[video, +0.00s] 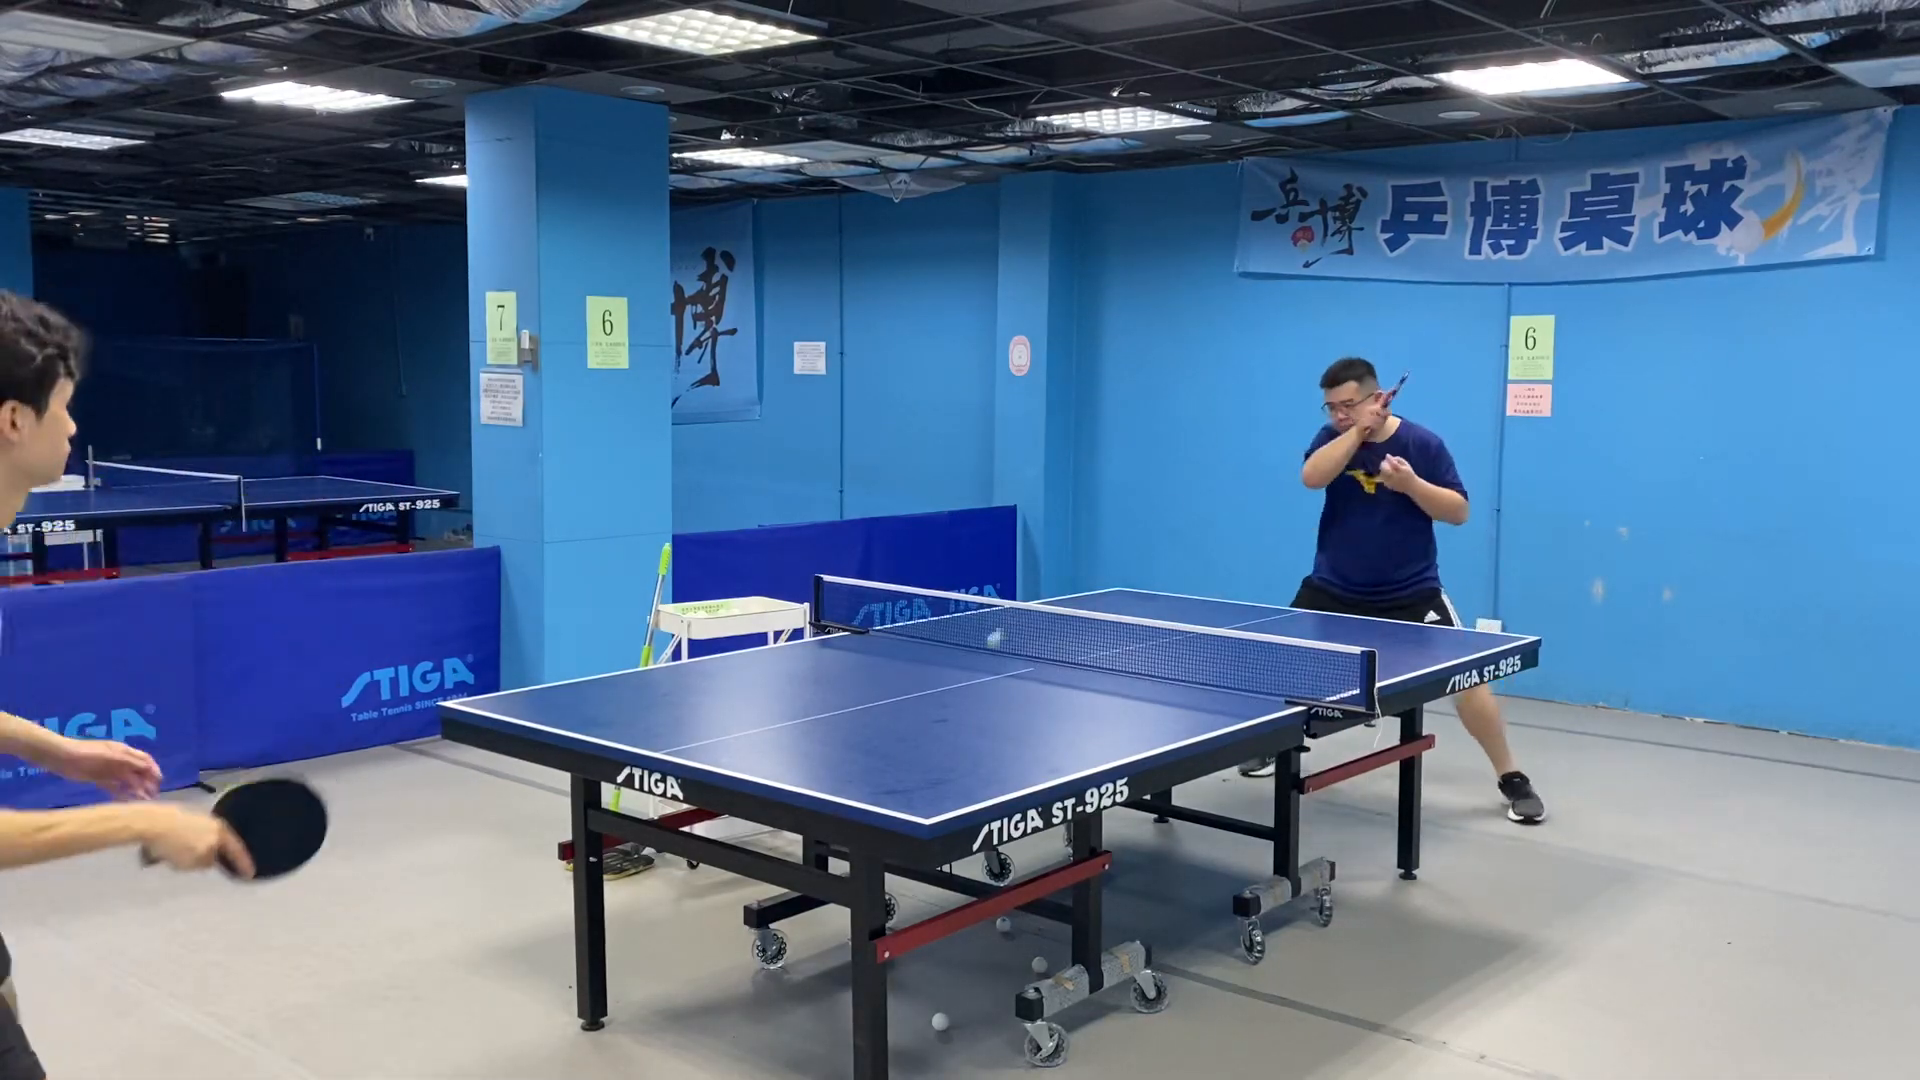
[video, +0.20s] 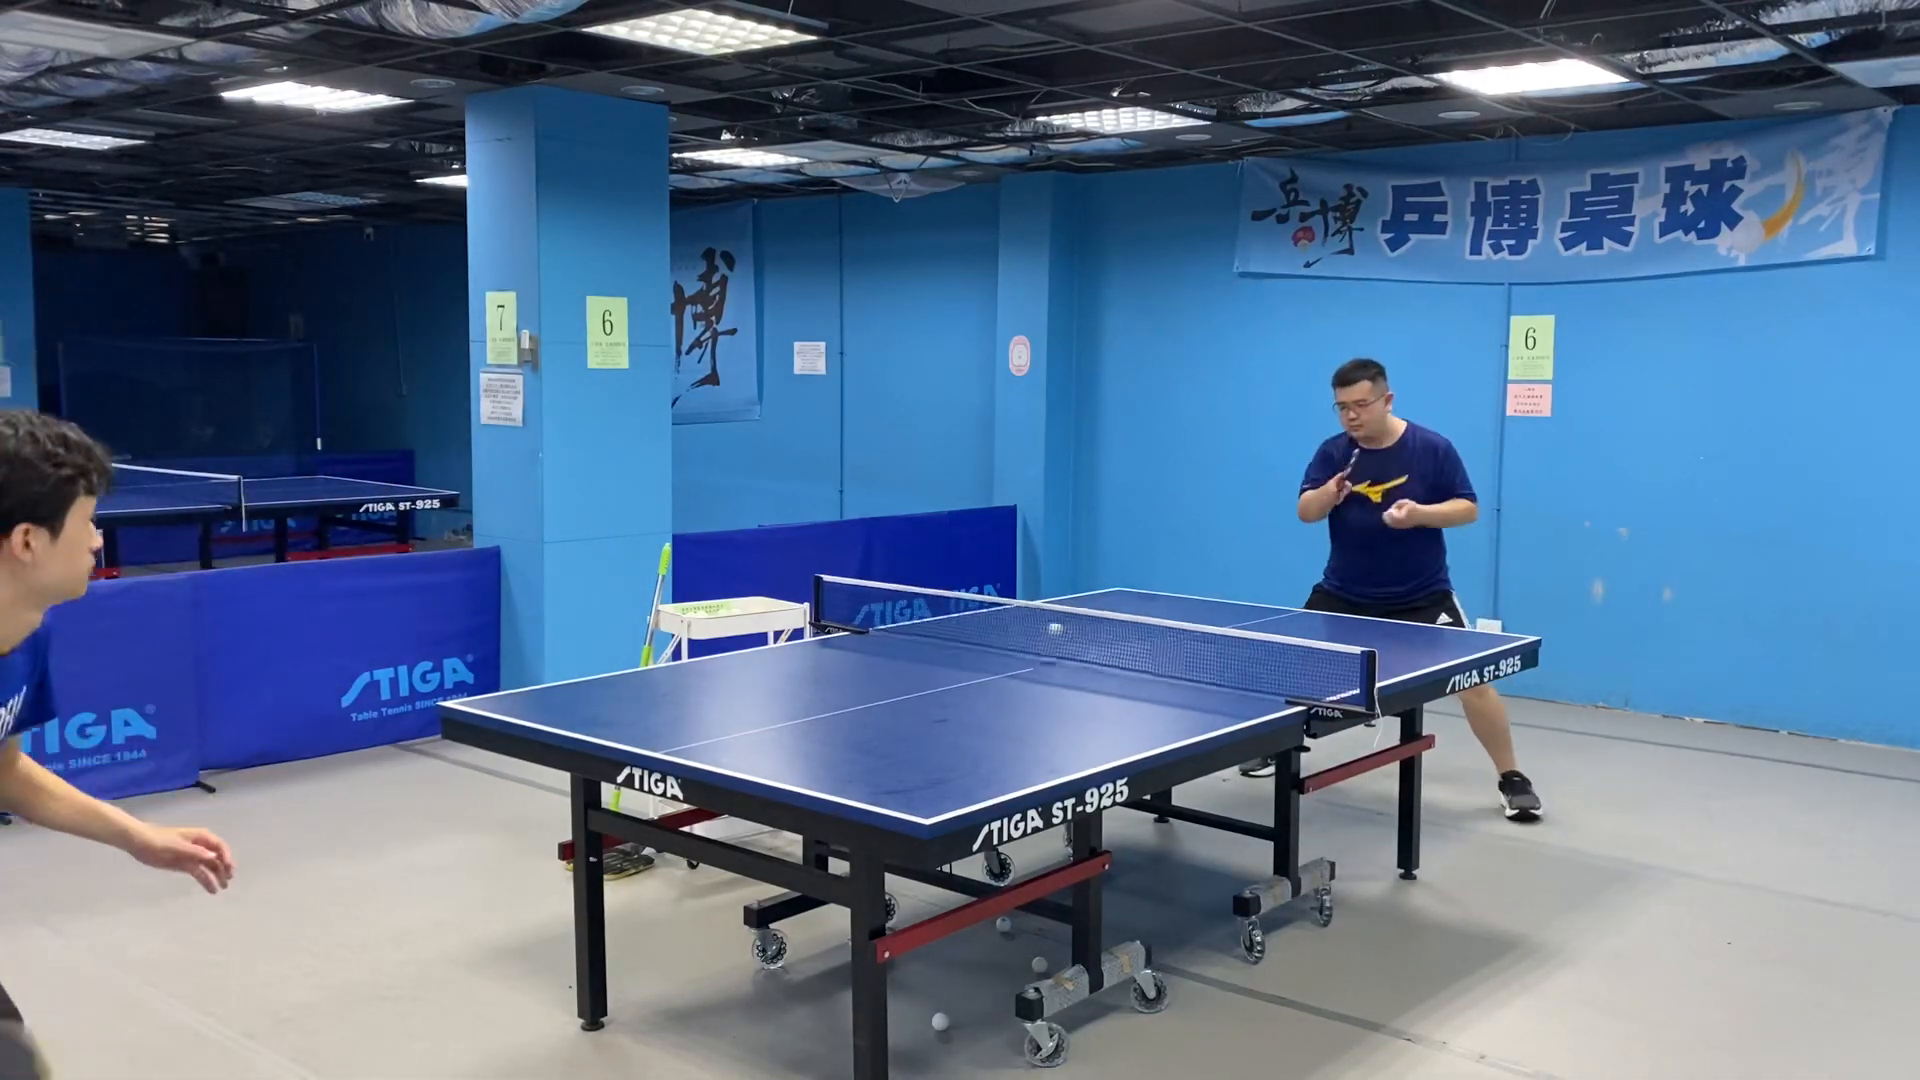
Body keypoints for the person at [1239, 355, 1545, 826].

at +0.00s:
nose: (1338, 417)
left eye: (1348, 406)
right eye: (1332, 408)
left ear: (1377, 400)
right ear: (1329, 407)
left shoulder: (1423, 445)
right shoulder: (1331, 438)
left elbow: (1458, 512)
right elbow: (1313, 477)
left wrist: (1411, 484)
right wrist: (1358, 431)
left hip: (1410, 595)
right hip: (1332, 591)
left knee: (1466, 676)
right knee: (1278, 659)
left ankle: (1510, 777)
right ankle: (1268, 741)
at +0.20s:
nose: (1350, 415)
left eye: (1359, 405)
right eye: (1343, 407)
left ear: (1387, 400)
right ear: (1337, 407)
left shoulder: (1432, 450)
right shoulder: (1334, 452)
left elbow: (1468, 509)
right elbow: (1305, 511)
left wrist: (1422, 514)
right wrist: (1328, 495)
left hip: (1421, 597)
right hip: (1342, 594)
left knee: (1471, 676)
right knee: (1288, 660)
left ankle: (1511, 777)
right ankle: (1275, 745)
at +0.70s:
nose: (1356, 385)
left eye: (1364, 375)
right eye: (1353, 376)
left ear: (1398, 373)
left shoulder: (1428, 421)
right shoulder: (1389, 425)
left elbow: (1395, 486)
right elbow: (1395, 496)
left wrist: (1321, 464)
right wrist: (1358, 526)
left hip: (1445, 576)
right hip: (1389, 572)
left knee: (1475, 678)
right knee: (1351, 660)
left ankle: (1515, 778)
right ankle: (1339, 754)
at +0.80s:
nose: (1355, 378)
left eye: (1364, 369)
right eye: (1353, 370)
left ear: (1398, 370)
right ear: (1383, 374)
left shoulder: (1429, 416)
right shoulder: (1392, 422)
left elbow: (1380, 466)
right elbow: (1402, 486)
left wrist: (1323, 423)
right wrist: (1363, 505)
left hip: (1441, 573)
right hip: (1385, 570)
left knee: (1473, 677)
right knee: (1354, 661)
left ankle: (1519, 777)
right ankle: (1339, 754)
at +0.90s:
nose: (1356, 374)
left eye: (1364, 365)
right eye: (1357, 366)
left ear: (1397, 368)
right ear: (1388, 371)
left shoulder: (1433, 413)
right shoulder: (1394, 418)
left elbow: (1386, 453)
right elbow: (1407, 478)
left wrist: (1342, 398)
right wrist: (1362, 485)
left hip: (1441, 576)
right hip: (1385, 571)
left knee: (1473, 680)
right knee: (1355, 665)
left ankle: (1520, 776)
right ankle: (1341, 753)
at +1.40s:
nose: (1399, 408)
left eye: (1406, 397)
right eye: (1395, 399)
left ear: (1439, 386)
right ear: (1396, 396)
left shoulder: (1493, 434)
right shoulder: (1402, 434)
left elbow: (1522, 501)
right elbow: (1366, 483)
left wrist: (1446, 502)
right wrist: (1352, 444)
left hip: (1477, 588)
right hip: (1403, 578)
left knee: (1505, 684)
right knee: (1335, 648)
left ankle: (1530, 782)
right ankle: (1318, 728)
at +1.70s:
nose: (1369, 411)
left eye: (1380, 402)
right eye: (1363, 403)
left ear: (1409, 400)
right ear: (1357, 402)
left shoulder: (1451, 446)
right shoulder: (1350, 448)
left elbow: (1487, 502)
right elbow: (1329, 509)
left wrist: (1441, 521)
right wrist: (1316, 493)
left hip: (1441, 590)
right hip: (1362, 586)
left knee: (1484, 671)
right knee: (1312, 656)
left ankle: (1518, 776)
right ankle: (1314, 747)